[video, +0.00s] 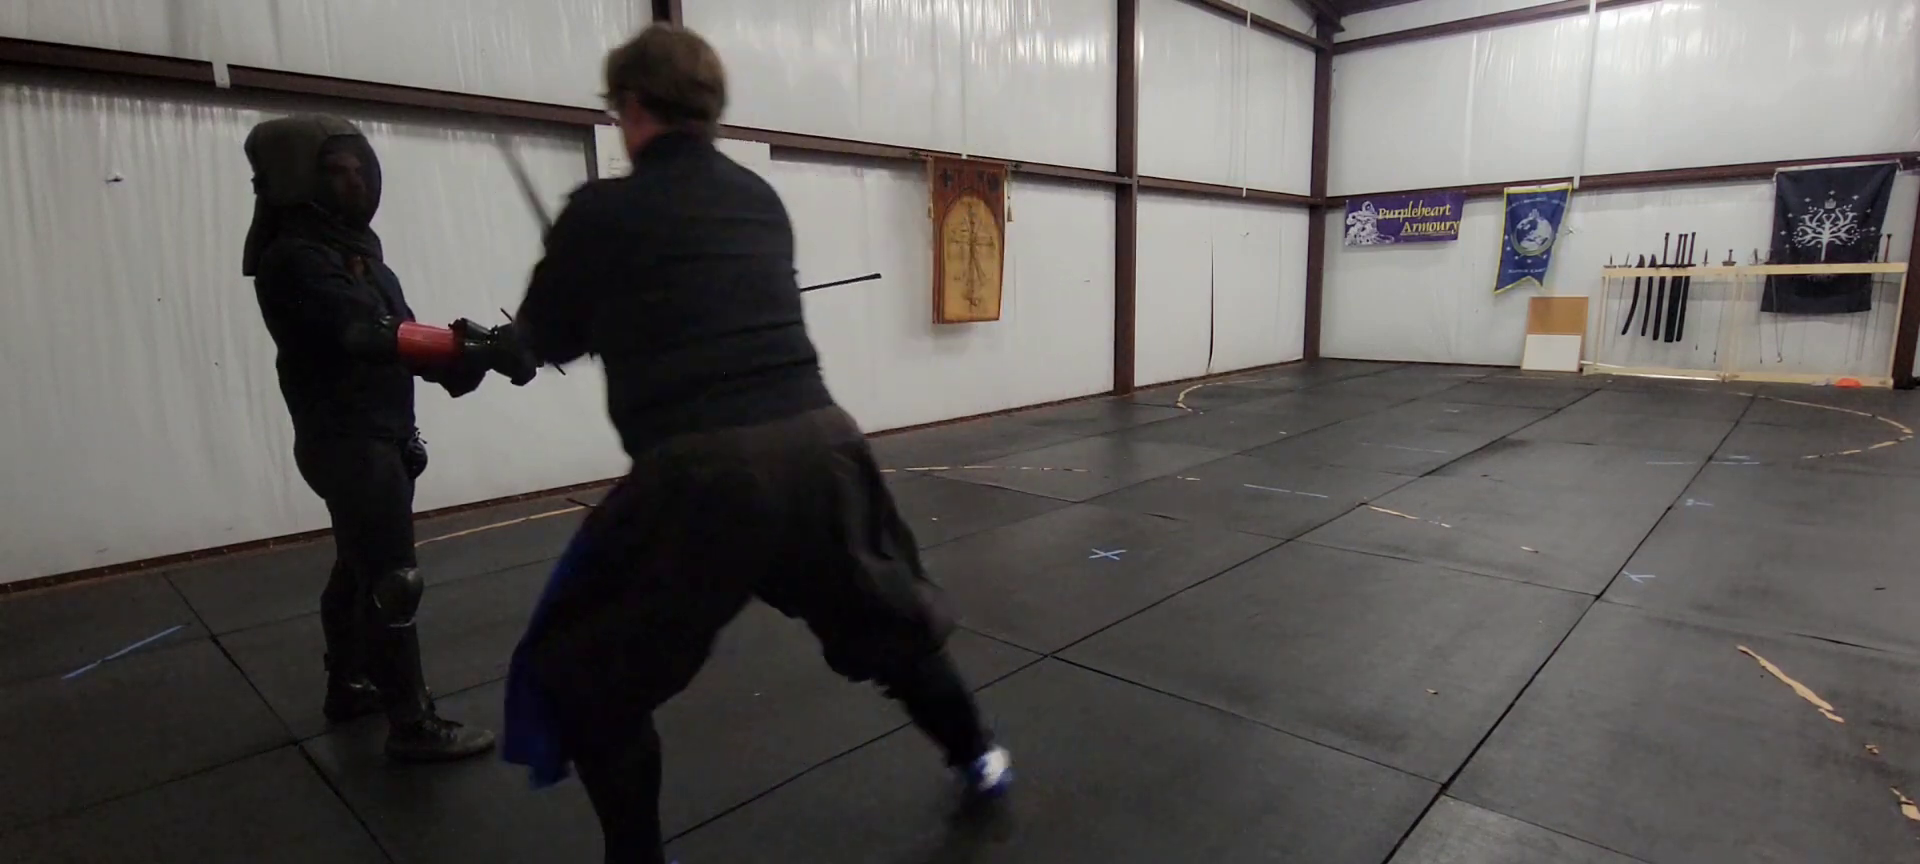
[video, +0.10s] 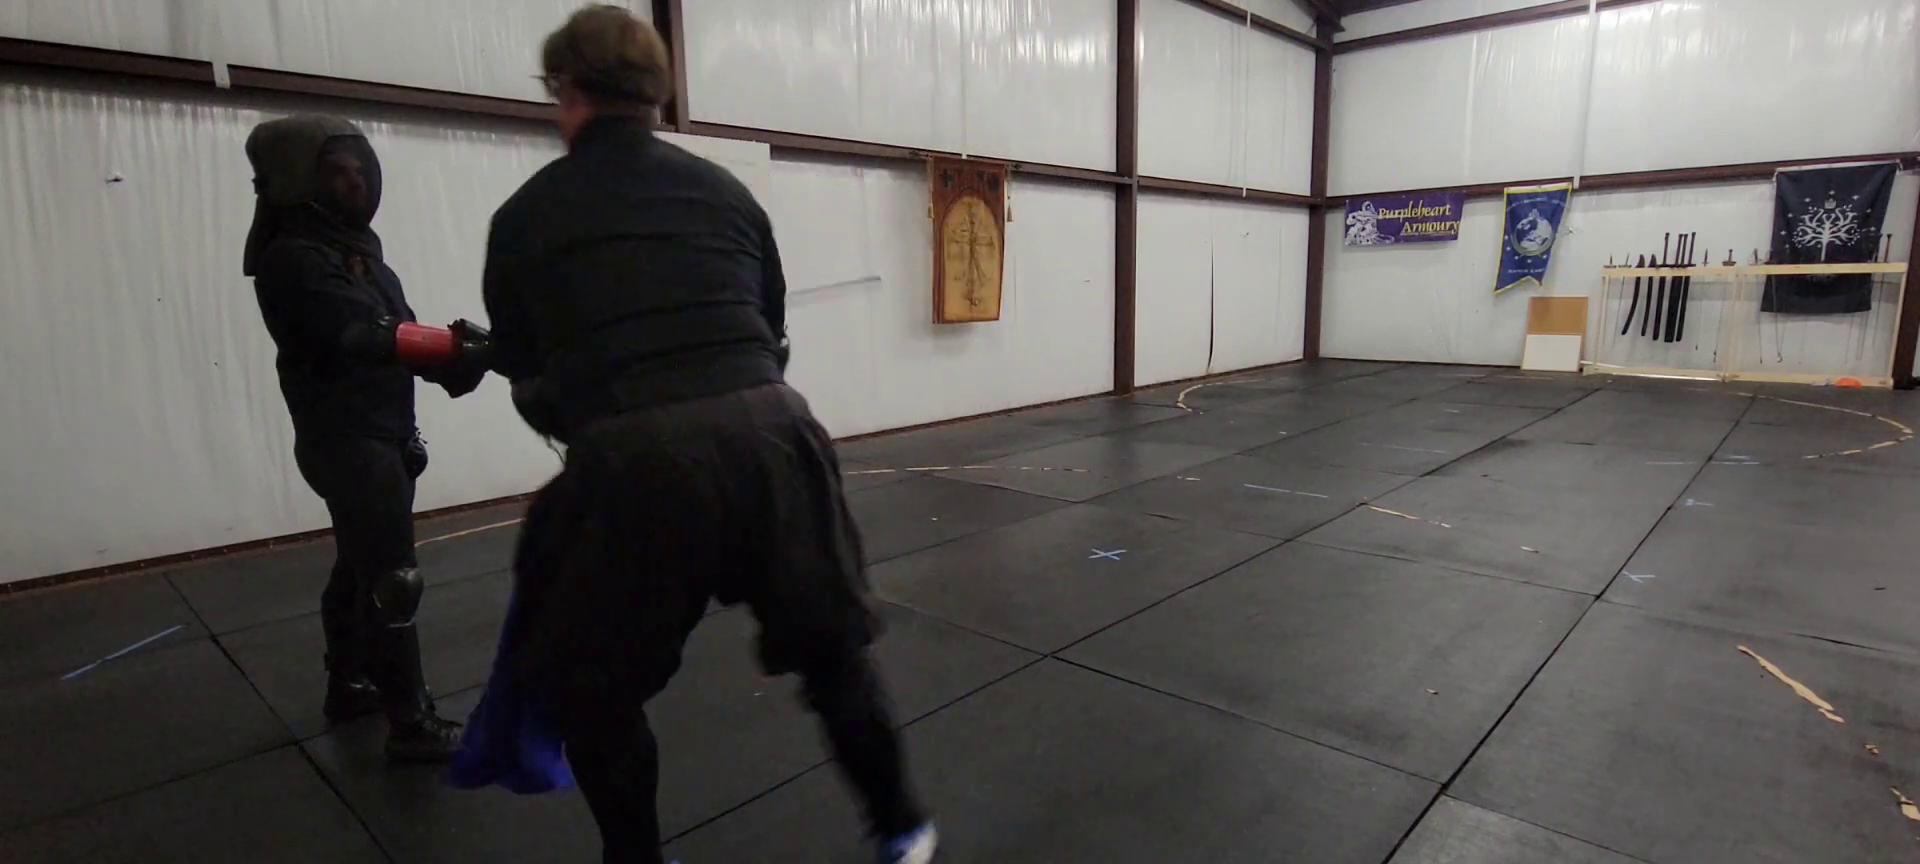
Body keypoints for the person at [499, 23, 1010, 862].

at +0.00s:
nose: (616, 119)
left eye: (618, 106)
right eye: (617, 106)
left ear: (635, 109)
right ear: (711, 109)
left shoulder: (599, 212)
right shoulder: (757, 195)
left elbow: (546, 335)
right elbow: (723, 299)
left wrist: (625, 278)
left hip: (695, 479)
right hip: (817, 453)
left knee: (598, 672)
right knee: (886, 617)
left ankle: (635, 847)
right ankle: (978, 762)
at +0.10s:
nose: (554, 105)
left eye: (556, 91)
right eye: (556, 91)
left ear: (571, 96)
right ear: (657, 96)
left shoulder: (524, 218)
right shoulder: (724, 187)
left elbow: (526, 373)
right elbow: (769, 333)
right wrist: (709, 392)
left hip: (626, 464)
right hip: (762, 435)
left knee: (597, 690)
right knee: (831, 647)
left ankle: (632, 850)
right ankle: (903, 831)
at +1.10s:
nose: (462, 84)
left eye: (460, 71)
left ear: (468, 75)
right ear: (579, 72)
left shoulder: (420, 202)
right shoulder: (653, 182)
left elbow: (407, 349)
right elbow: (723, 360)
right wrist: (684, 446)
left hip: (478, 482)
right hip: (636, 470)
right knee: (620, 771)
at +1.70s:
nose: (620, 71)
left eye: (621, 56)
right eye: (625, 54)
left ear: (634, 63)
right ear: (721, 57)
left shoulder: (595, 180)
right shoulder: (786, 176)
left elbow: (518, 352)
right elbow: (811, 322)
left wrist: (621, 397)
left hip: (684, 469)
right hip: (820, 449)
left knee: (644, 703)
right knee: (837, 667)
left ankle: (629, 851)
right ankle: (916, 841)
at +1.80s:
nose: (673, 81)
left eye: (673, 63)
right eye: (674, 63)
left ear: (698, 66)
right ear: (776, 63)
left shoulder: (669, 183)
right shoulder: (830, 180)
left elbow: (590, 363)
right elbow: (816, 324)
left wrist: (676, 405)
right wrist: (700, 385)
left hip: (749, 474)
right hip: (873, 452)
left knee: (684, 699)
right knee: (858, 667)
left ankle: (640, 850)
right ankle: (921, 844)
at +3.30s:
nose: (1077, 16)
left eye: (1089, 3)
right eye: (1082, 3)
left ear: (1137, 13)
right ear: (1141, 19)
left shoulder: (1158, 136)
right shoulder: (1139, 128)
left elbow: (1167, 322)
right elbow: (1099, 299)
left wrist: (1034, 343)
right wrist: (987, 313)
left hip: (1174, 465)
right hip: (1141, 452)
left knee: (1185, 710)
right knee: (1088, 630)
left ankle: (1222, 848)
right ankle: (1058, 798)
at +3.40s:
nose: (1063, 23)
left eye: (1077, 10)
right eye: (1070, 9)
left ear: (1120, 26)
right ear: (1120, 30)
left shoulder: (1141, 148)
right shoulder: (1114, 142)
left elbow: (1148, 320)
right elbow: (1082, 298)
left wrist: (1025, 342)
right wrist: (974, 310)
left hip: (1165, 461)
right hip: (1122, 451)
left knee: (1178, 705)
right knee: (1084, 640)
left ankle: (1222, 848)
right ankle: (1056, 803)